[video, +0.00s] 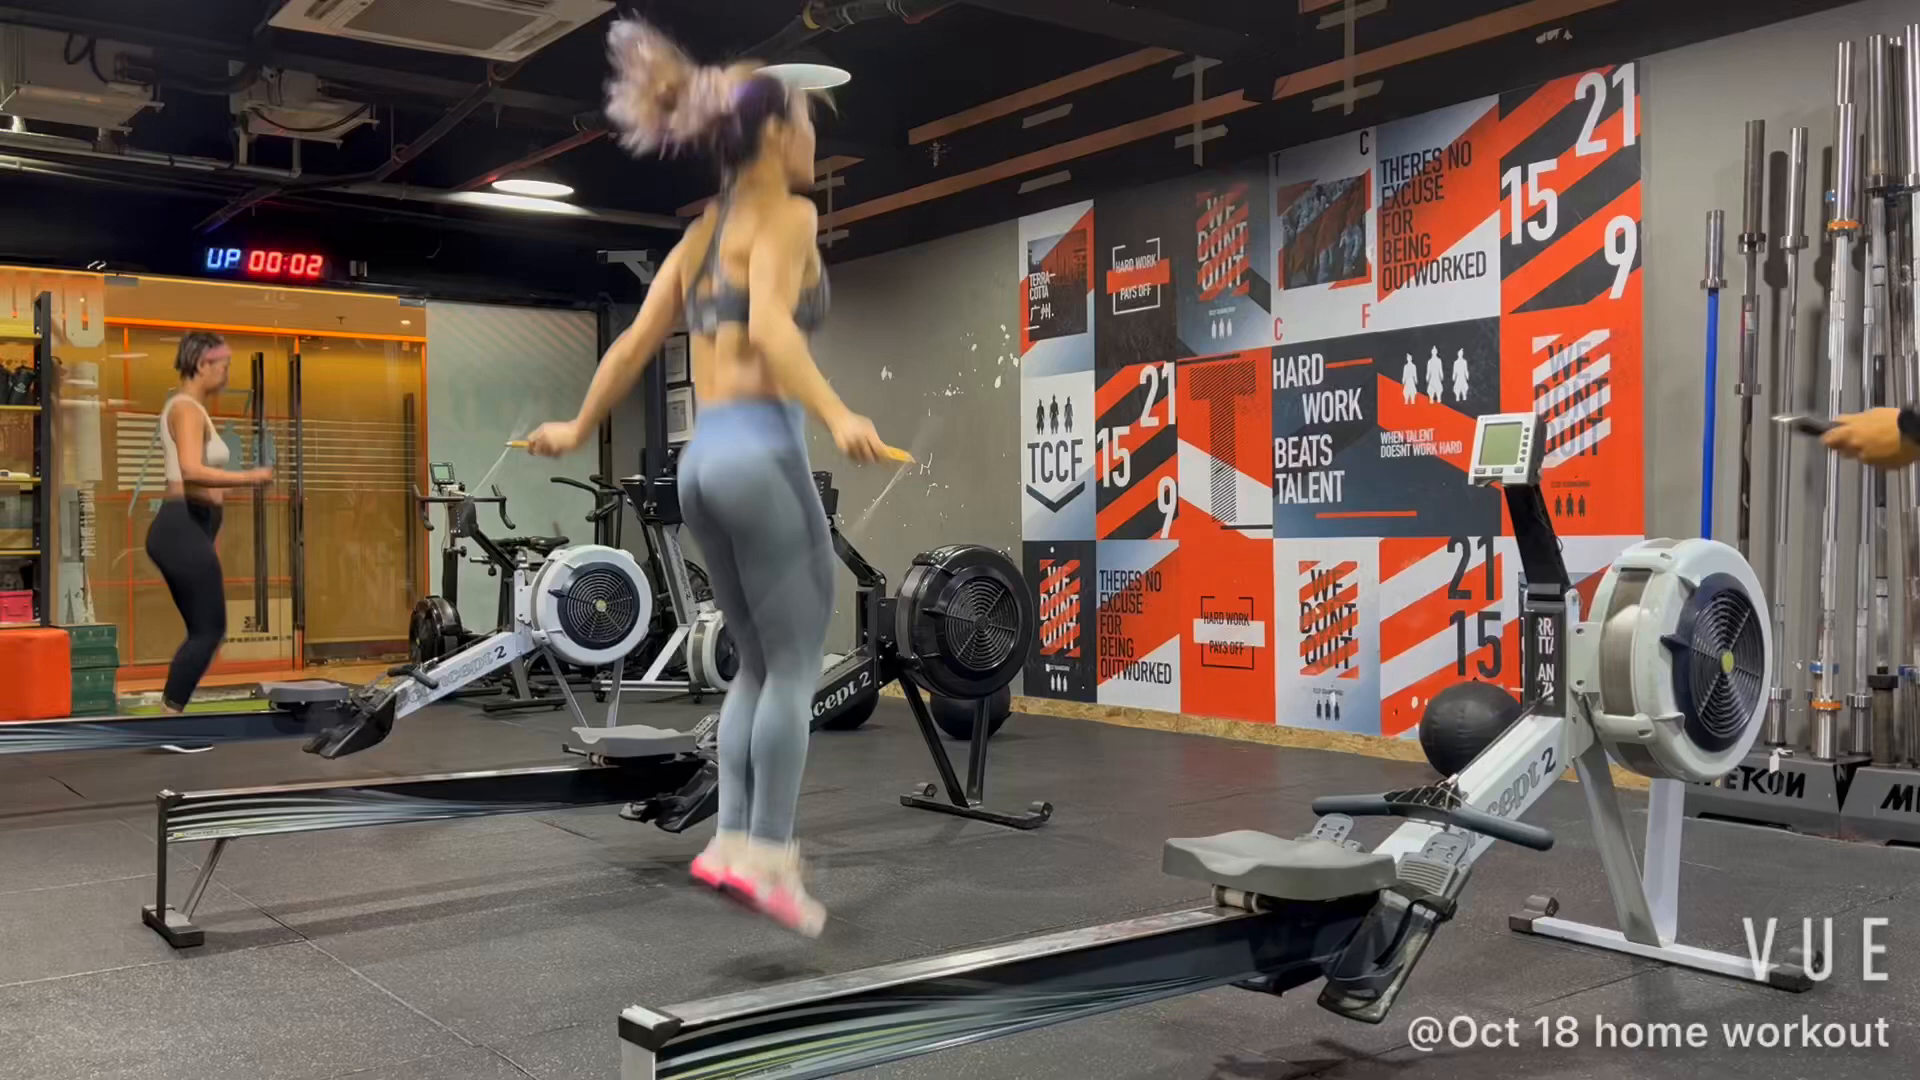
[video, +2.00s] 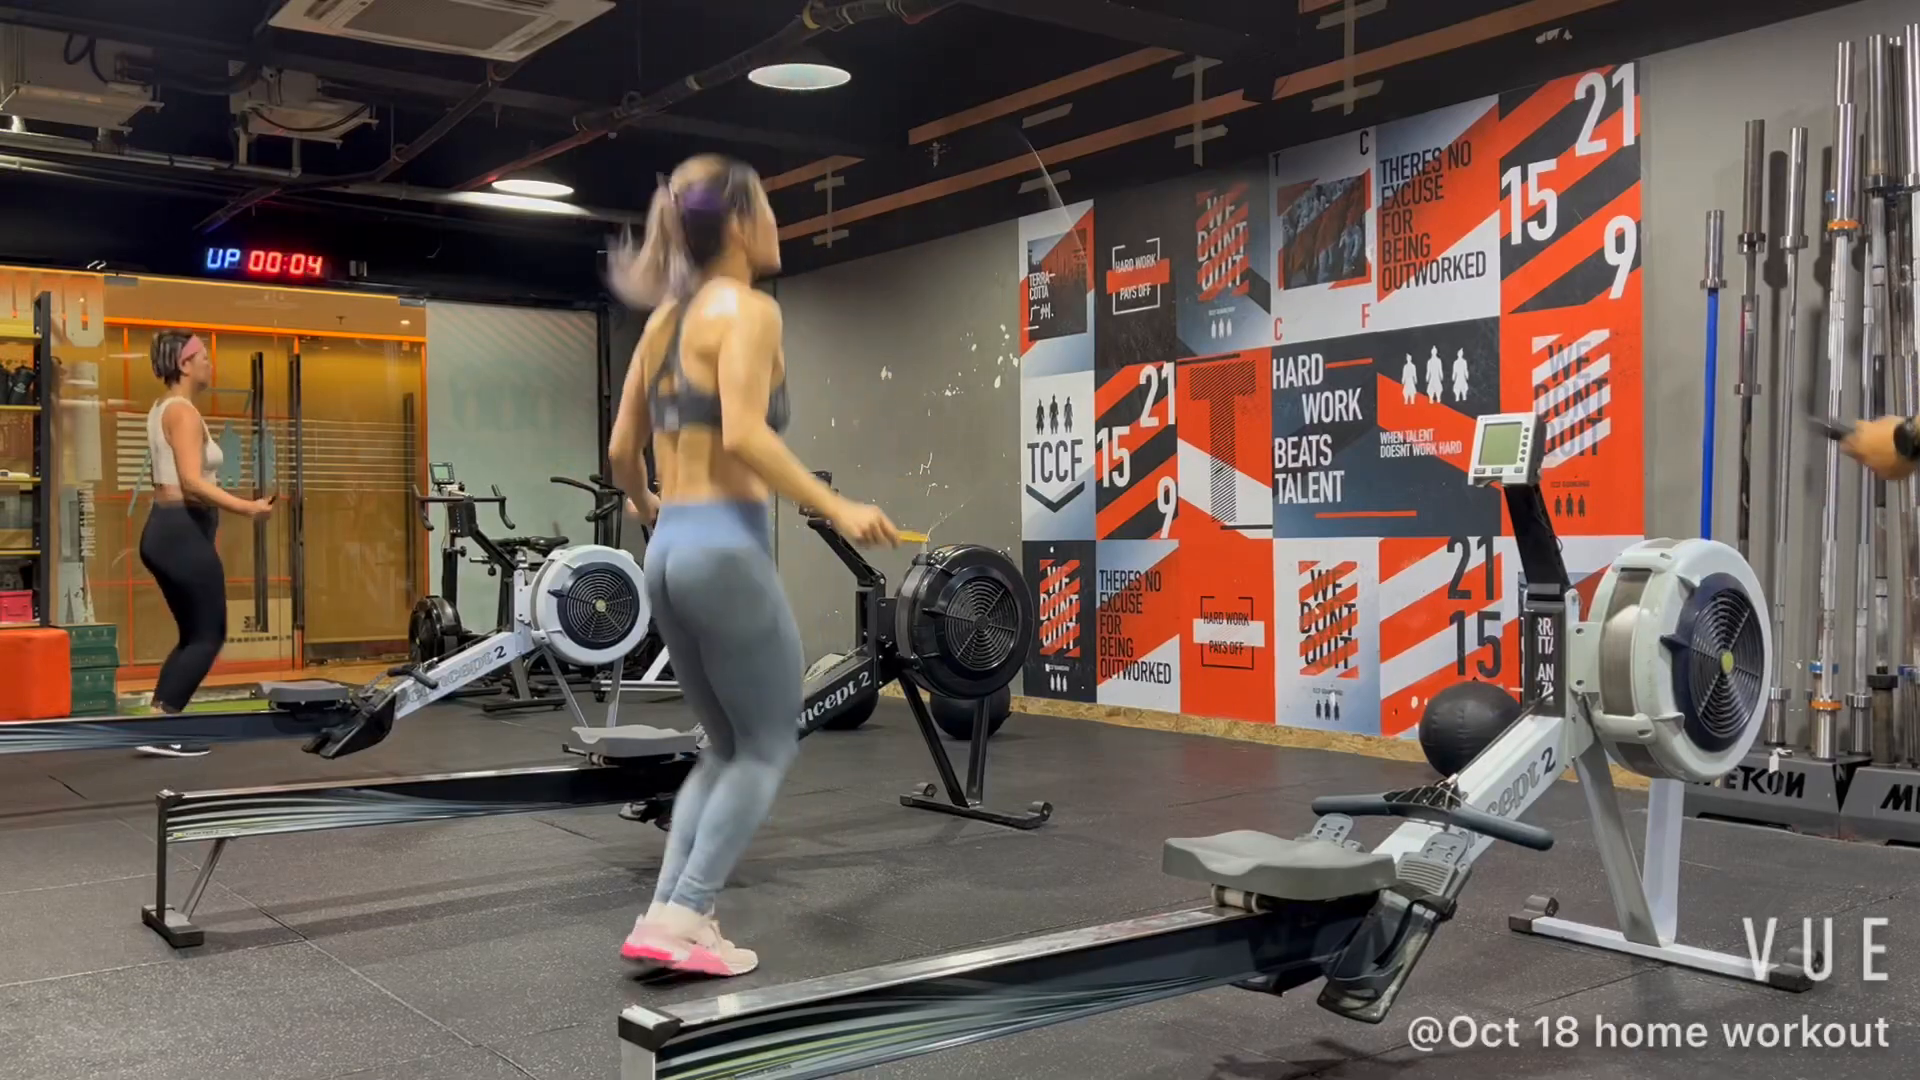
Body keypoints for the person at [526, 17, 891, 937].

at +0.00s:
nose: (813, 131)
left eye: (807, 117)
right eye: (802, 118)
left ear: (746, 139)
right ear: (774, 130)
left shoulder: (703, 232)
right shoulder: (787, 214)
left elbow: (638, 340)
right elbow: (771, 329)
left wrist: (578, 426)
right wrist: (839, 413)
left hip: (701, 456)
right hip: (757, 451)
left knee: (755, 661)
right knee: (792, 660)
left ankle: (734, 840)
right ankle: (771, 849)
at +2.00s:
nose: (776, 225)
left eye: (768, 210)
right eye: (765, 211)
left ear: (704, 230)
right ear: (740, 225)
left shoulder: (666, 320)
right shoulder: (749, 310)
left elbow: (623, 452)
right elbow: (743, 437)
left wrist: (659, 512)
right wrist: (837, 506)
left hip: (664, 553)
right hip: (721, 550)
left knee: (724, 746)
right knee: (767, 745)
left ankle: (666, 913)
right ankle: (685, 915)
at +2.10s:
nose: (767, 134)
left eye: (760, 119)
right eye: (757, 121)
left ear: (691, 143)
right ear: (730, 133)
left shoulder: (663, 236)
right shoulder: (746, 218)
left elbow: (624, 361)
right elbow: (742, 339)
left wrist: (603, 436)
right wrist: (839, 412)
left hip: (670, 452)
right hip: (725, 449)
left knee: (695, 667)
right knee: (739, 672)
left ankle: (687, 845)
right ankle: (714, 854)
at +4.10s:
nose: (773, 94)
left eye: (769, 78)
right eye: (765, 80)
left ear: (696, 93)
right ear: (736, 84)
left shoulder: (659, 183)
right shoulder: (749, 167)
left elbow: (622, 313)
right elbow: (728, 288)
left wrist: (611, 408)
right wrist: (795, 381)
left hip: (653, 405)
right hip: (710, 402)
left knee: (701, 620)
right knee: (749, 614)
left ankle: (688, 794)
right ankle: (712, 800)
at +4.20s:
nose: (776, 134)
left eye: (769, 119)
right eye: (764, 122)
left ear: (704, 145)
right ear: (737, 139)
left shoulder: (668, 231)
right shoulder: (748, 219)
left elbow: (607, 345)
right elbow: (723, 335)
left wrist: (549, 432)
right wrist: (796, 414)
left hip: (661, 464)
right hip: (713, 462)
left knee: (703, 673)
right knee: (741, 671)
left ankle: (687, 850)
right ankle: (717, 861)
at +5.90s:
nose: (771, 111)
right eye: (761, 96)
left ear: (683, 93)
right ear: (727, 93)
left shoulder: (675, 187)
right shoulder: (730, 176)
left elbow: (630, 316)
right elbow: (710, 309)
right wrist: (791, 391)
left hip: (667, 413)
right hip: (713, 409)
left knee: (706, 607)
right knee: (729, 606)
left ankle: (689, 811)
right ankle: (690, 812)